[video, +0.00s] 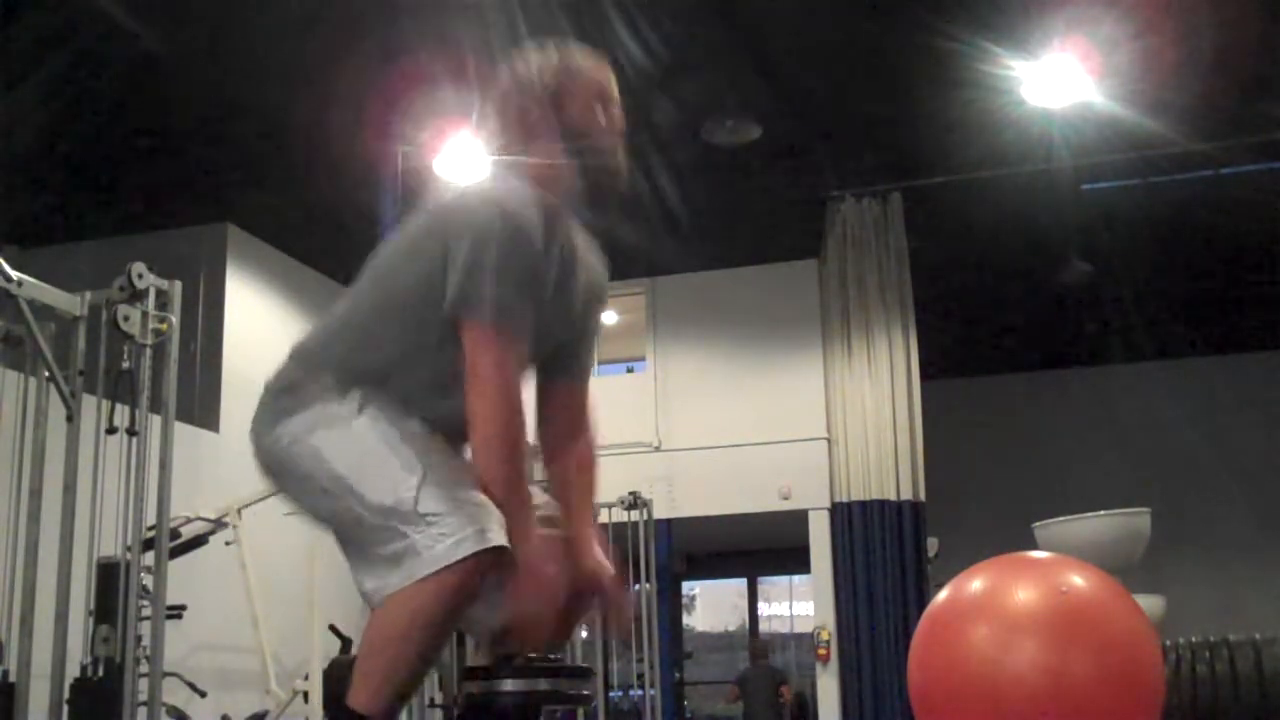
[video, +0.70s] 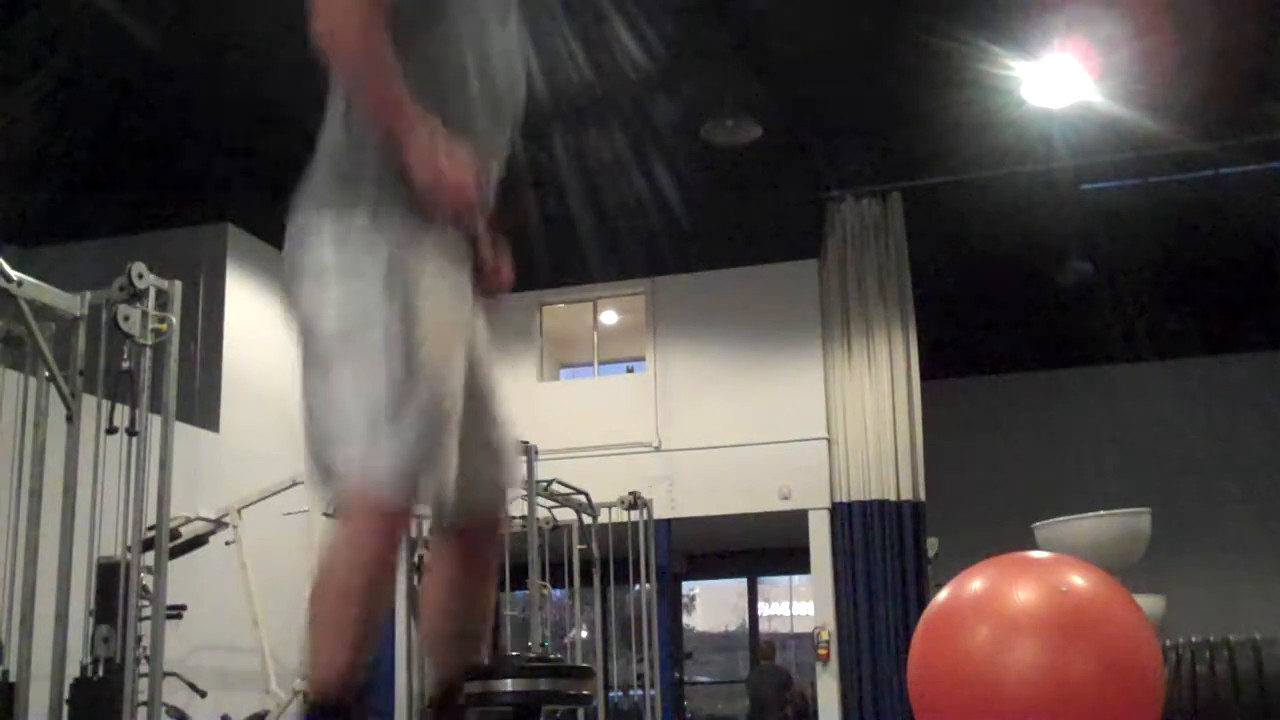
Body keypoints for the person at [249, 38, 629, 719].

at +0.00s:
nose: (607, 124)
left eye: (611, 106)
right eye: (587, 105)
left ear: (619, 123)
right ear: (531, 117)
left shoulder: (582, 263)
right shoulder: (499, 213)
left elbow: (568, 425)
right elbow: (491, 391)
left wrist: (584, 542)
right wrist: (526, 543)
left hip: (409, 426)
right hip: (321, 404)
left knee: (546, 564)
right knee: (455, 545)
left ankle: (358, 683)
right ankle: (362, 706)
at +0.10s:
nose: (593, 30)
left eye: (594, 15)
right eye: (577, 9)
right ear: (528, 15)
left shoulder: (577, 149)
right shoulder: (484, 91)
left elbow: (594, 280)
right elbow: (445, 213)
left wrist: (590, 356)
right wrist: (512, 330)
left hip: (430, 371)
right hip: (346, 346)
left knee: (544, 570)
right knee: (442, 540)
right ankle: (358, 705)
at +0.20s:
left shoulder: (544, 21)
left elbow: (554, 113)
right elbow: (389, 12)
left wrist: (555, 151)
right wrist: (470, 126)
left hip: (470, 250)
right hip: (390, 232)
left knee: (463, 498)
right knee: (382, 476)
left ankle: (472, 695)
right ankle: (357, 695)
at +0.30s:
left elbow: (481, 45)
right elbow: (368, 8)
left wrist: (525, 81)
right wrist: (432, 81)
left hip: (477, 143)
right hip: (396, 124)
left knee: (507, 380)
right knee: (407, 341)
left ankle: (427, 591)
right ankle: (347, 589)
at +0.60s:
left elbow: (465, 53)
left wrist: (475, 142)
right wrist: (411, 37)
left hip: (435, 126)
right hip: (358, 104)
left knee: (486, 359)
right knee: (395, 338)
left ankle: (472, 626)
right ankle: (360, 641)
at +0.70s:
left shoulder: (497, 18)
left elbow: (461, 114)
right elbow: (340, 21)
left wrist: (478, 224)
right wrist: (417, 135)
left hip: (440, 240)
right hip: (366, 222)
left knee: (476, 501)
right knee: (379, 490)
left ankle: (454, 706)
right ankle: (328, 706)